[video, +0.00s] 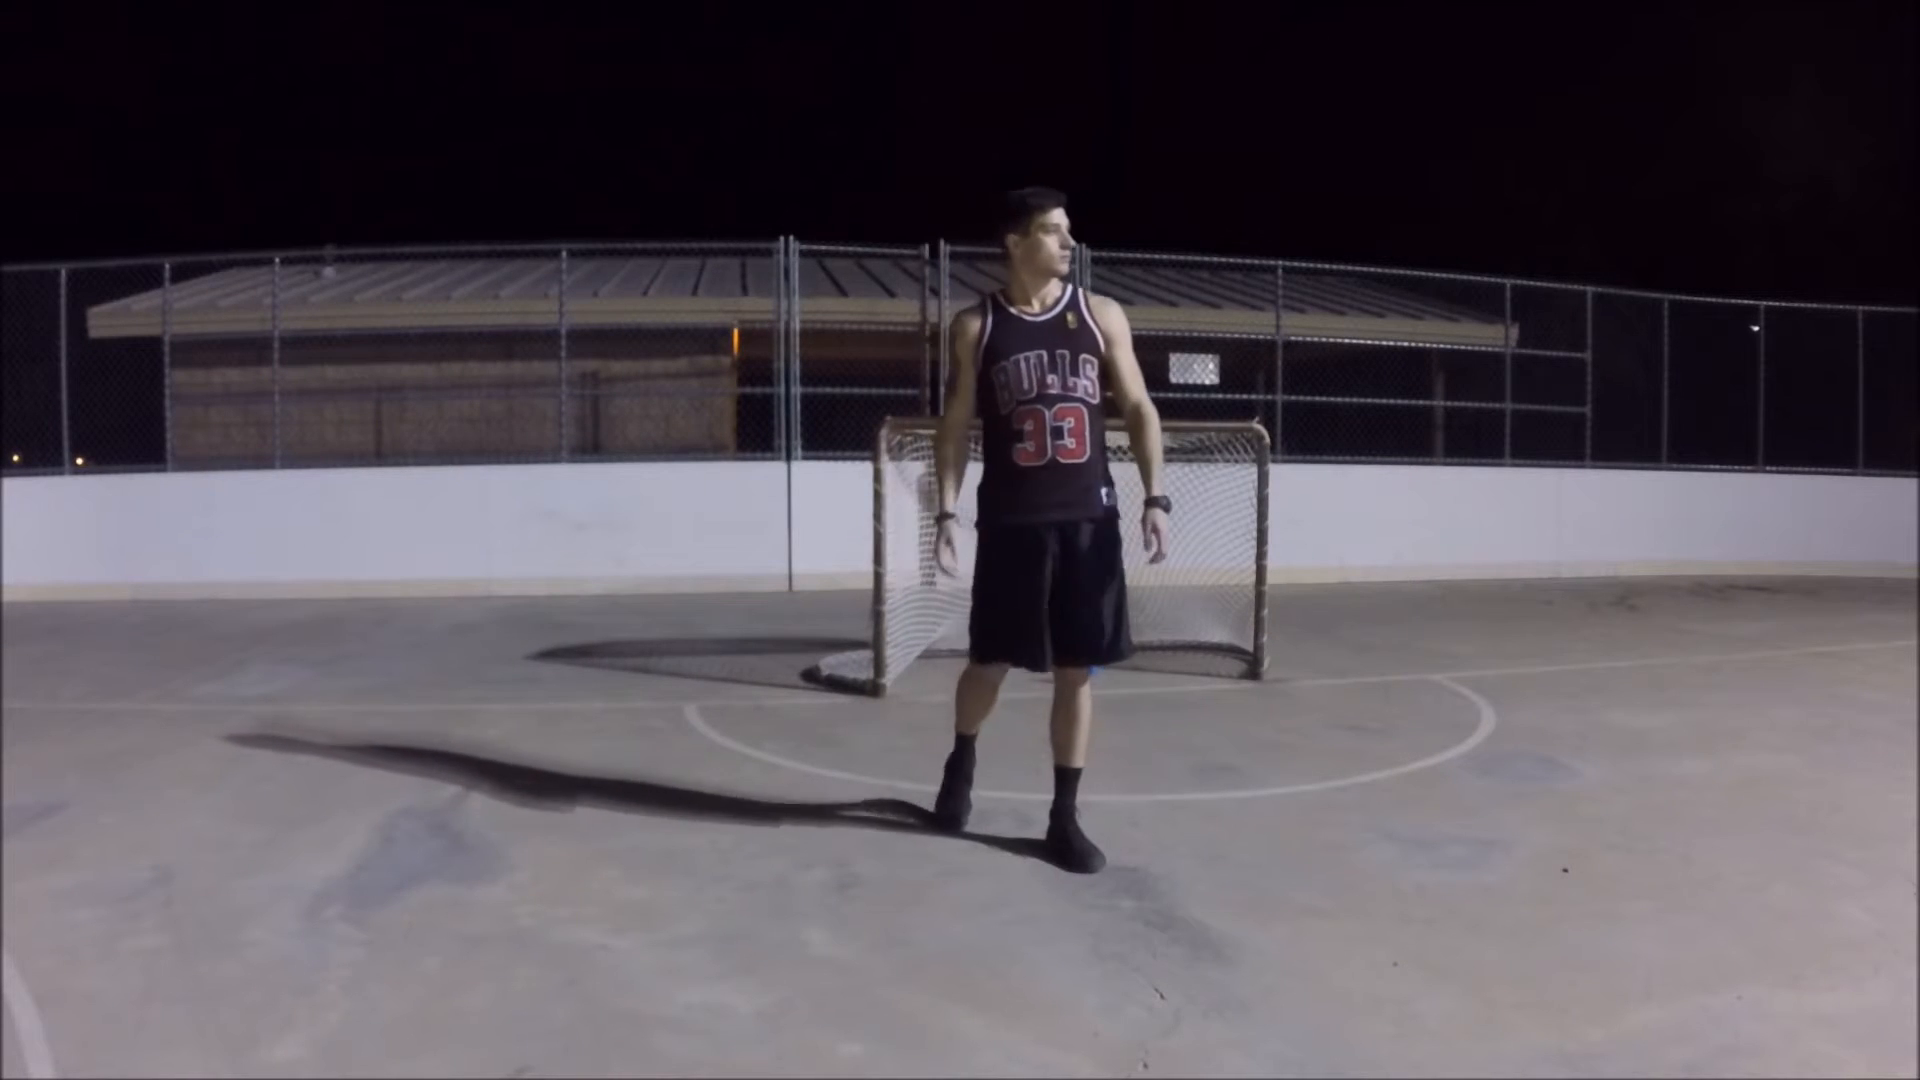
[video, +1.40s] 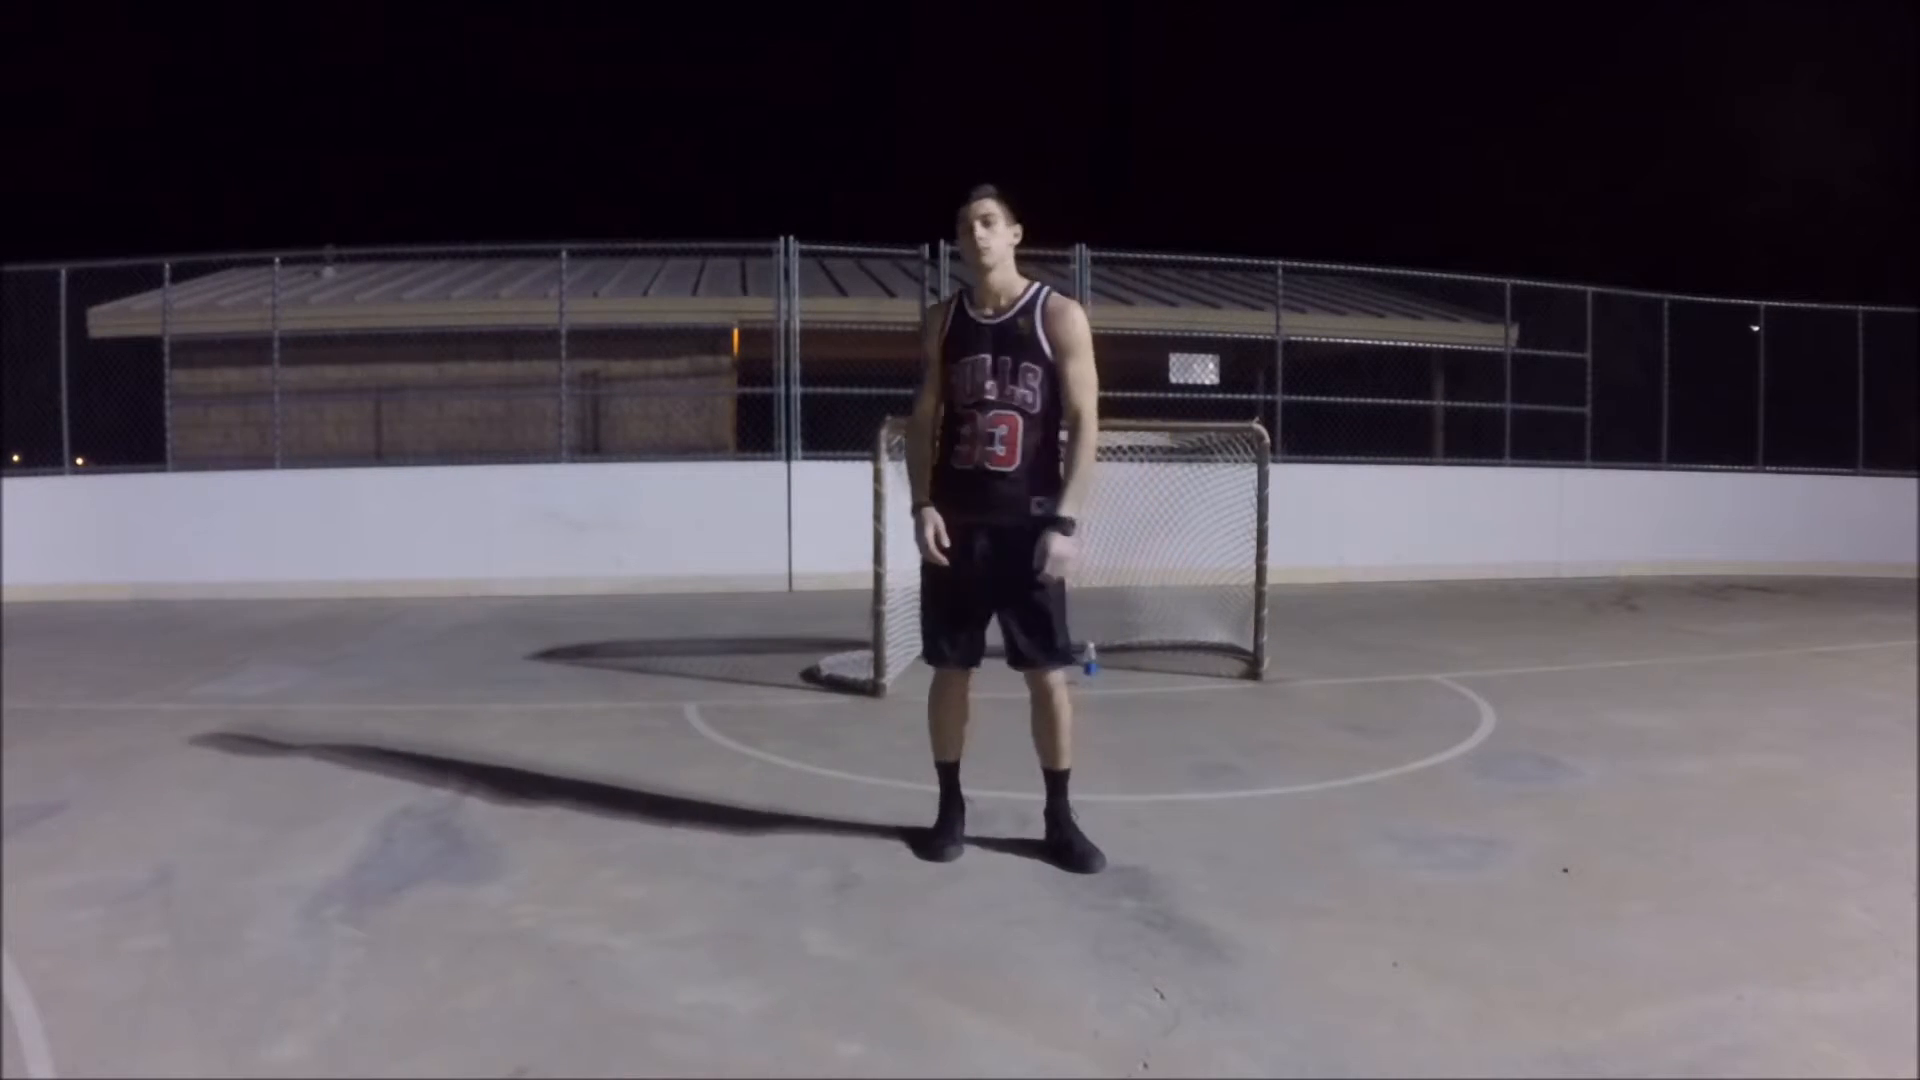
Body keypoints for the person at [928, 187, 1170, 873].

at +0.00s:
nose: (1067, 241)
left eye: (1067, 231)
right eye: (1054, 232)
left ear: (1064, 243)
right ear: (1014, 243)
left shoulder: (1103, 315)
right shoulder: (976, 326)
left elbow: (1139, 408)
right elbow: (956, 423)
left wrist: (1155, 495)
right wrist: (944, 508)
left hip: (1088, 522)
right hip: (1011, 524)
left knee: (1076, 668)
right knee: (989, 662)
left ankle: (1065, 818)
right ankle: (960, 764)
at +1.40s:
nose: (977, 235)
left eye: (989, 222)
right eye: (968, 226)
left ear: (1016, 233)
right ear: (958, 241)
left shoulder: (1060, 315)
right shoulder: (945, 317)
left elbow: (1085, 423)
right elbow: (923, 416)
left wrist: (1067, 519)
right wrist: (923, 502)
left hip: (1032, 525)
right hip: (956, 523)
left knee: (1047, 672)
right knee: (950, 667)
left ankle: (1060, 818)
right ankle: (949, 809)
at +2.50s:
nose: (986, 239)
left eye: (997, 226)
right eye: (975, 230)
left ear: (1023, 235)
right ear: (960, 244)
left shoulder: (1064, 318)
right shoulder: (942, 316)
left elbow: (1094, 421)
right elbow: (908, 406)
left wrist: (1095, 520)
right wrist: (888, 490)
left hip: (1026, 523)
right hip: (947, 516)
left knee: (1032, 664)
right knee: (913, 658)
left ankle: (1038, 803)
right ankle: (867, 786)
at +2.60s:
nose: (980, 251)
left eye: (992, 239)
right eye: (970, 242)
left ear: (1018, 246)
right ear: (958, 252)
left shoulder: (1058, 325)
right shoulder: (936, 322)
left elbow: (1097, 419)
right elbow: (872, 397)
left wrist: (1127, 505)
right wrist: (845, 478)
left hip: (1024, 531)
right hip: (943, 527)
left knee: (1035, 674)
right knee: (891, 664)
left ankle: (1040, 803)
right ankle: (828, 789)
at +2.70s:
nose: (973, 268)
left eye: (985, 257)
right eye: (963, 257)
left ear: (1007, 261)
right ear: (949, 262)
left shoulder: (1045, 332)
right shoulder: (920, 329)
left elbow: (1122, 395)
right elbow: (838, 372)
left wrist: (1187, 442)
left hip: (1017, 540)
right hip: (932, 538)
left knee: (1039, 682)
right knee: (869, 674)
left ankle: (1040, 805)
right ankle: (804, 788)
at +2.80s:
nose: (964, 260)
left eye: (973, 246)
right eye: (952, 248)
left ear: (995, 237)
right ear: (933, 244)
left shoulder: (1032, 299)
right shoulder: (904, 301)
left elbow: (1128, 325)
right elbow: (802, 328)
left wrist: (1223, 326)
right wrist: (720, 307)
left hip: (997, 513)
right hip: (915, 510)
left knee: (1015, 656)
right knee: (874, 655)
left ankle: (1032, 799)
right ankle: (808, 777)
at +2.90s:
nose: (950, 256)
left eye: (961, 242)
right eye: (939, 244)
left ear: (978, 226)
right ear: (918, 232)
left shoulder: (1011, 271)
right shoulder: (883, 277)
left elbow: (1108, 258)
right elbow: (774, 282)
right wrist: (730, 224)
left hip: (976, 486)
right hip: (901, 487)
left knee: (971, 641)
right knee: (892, 641)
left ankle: (954, 775)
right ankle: (858, 785)